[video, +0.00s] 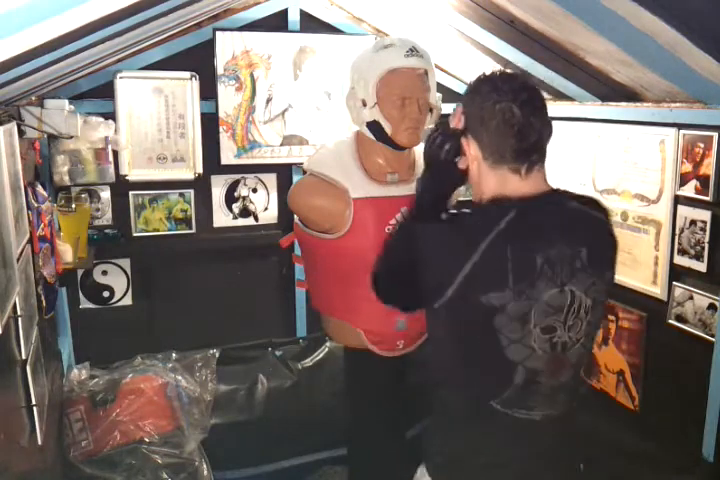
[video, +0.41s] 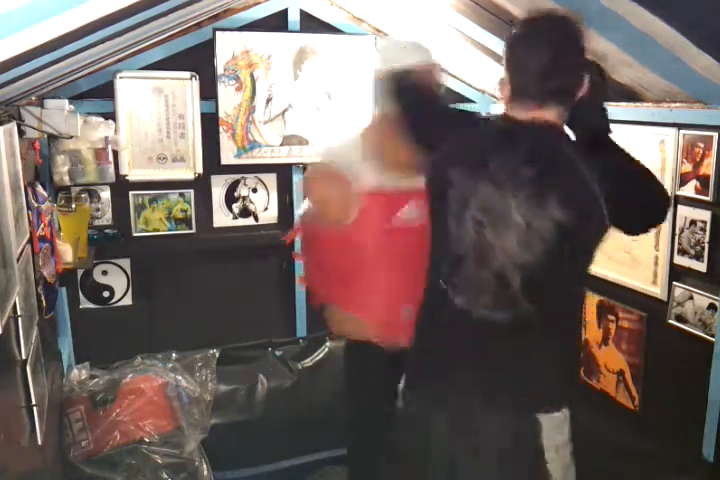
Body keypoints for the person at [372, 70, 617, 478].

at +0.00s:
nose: (458, 152)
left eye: (460, 140)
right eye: (458, 141)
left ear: (471, 152)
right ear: (543, 141)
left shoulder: (445, 239)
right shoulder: (594, 224)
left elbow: (390, 286)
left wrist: (433, 187)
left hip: (468, 445)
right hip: (558, 443)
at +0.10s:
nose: (451, 171)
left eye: (453, 161)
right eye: (451, 162)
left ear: (466, 172)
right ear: (536, 160)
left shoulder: (460, 262)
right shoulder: (579, 236)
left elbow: (397, 319)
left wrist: (429, 217)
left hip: (472, 447)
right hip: (554, 440)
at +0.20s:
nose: (457, 165)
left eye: (460, 155)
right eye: (459, 155)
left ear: (471, 165)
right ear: (539, 163)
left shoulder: (456, 271)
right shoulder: (579, 242)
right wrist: (466, 240)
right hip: (545, 452)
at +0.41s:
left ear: (505, 82)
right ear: (580, 90)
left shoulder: (459, 145)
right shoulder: (590, 177)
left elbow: (415, 105)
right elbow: (651, 209)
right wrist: (594, 131)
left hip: (439, 379)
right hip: (531, 396)